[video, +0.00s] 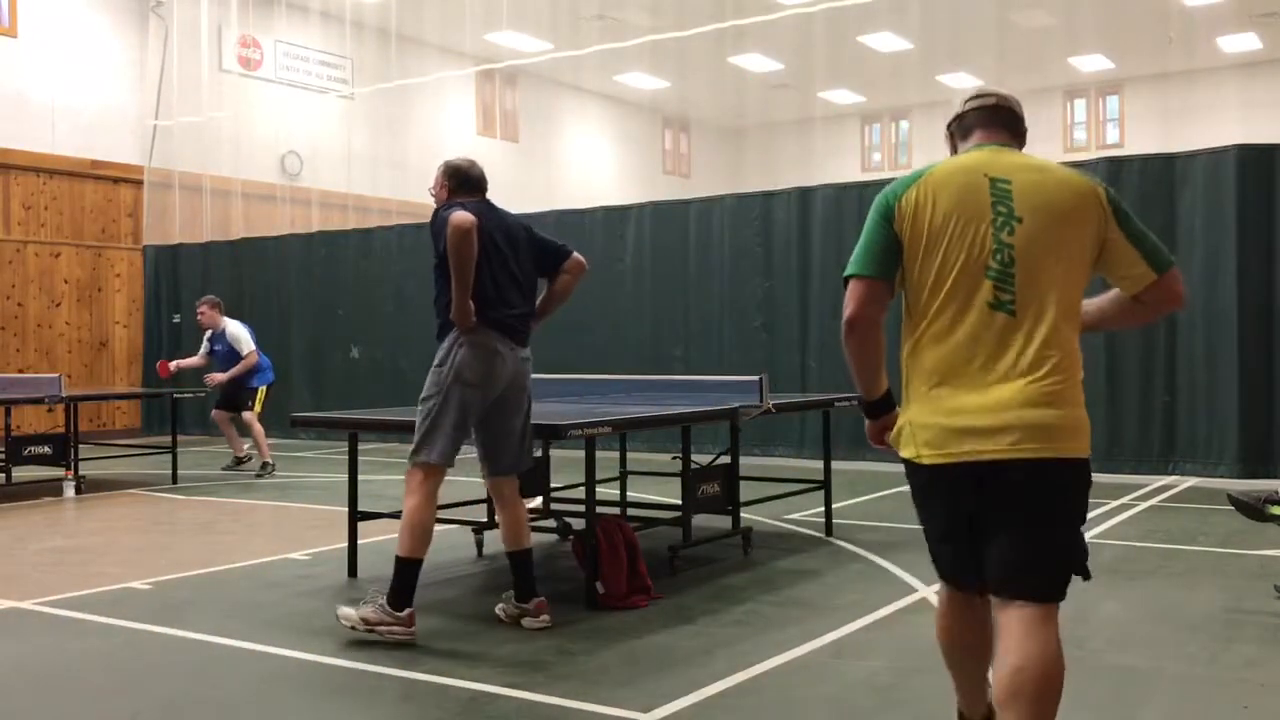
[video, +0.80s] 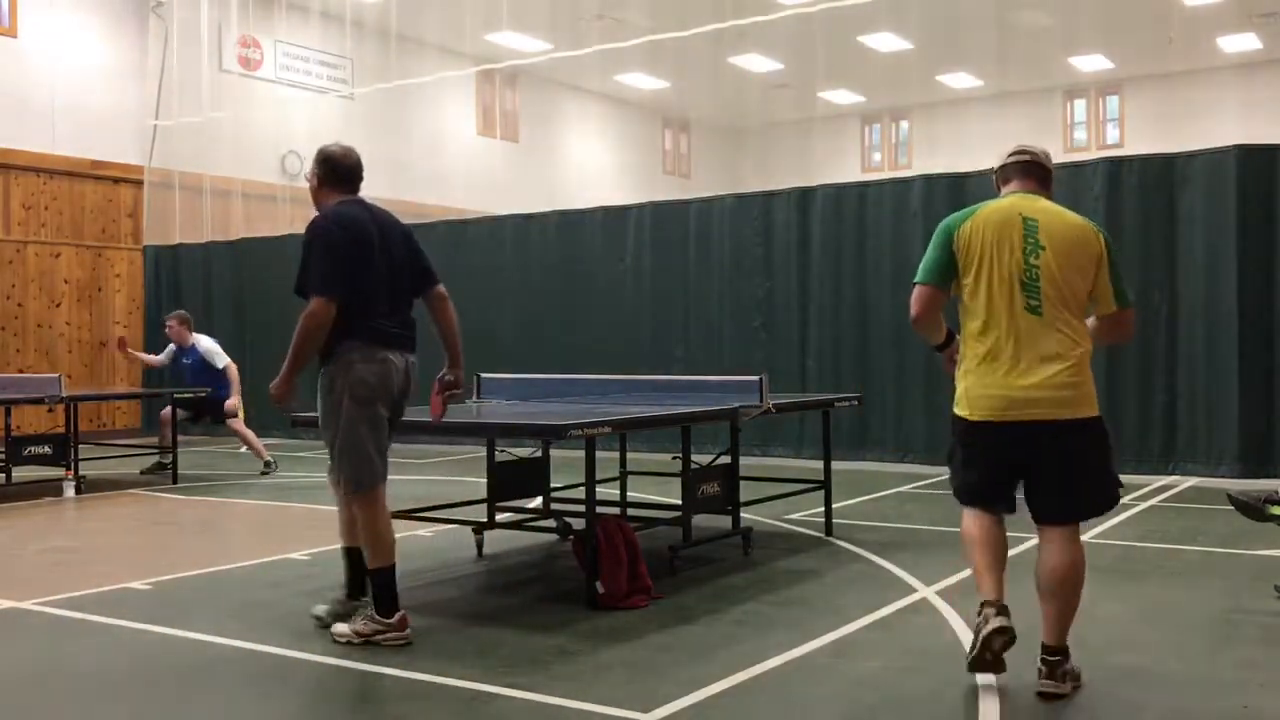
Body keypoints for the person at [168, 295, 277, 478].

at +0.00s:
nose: (198, 318)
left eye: (202, 313)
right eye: (198, 314)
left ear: (215, 312)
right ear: (209, 314)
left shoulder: (235, 329)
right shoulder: (210, 335)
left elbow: (252, 358)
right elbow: (202, 359)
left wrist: (224, 376)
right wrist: (178, 364)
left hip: (257, 376)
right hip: (235, 377)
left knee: (248, 416)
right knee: (219, 415)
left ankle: (267, 461)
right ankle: (240, 455)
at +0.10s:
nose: (196, 324)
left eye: (199, 319)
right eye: (195, 320)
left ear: (213, 316)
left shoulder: (235, 332)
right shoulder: (207, 338)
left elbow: (251, 361)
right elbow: (192, 360)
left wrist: (223, 376)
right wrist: (169, 363)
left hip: (255, 381)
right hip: (232, 381)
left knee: (247, 418)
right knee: (205, 413)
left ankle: (269, 461)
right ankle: (222, 450)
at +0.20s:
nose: (190, 332)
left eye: (192, 327)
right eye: (188, 328)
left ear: (205, 323)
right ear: (200, 325)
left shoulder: (228, 337)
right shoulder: (200, 341)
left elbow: (248, 364)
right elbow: (179, 355)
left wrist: (226, 381)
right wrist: (155, 360)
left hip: (250, 384)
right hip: (227, 385)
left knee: (243, 420)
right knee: (195, 416)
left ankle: (268, 462)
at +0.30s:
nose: (181, 338)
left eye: (184, 334)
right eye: (180, 335)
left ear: (197, 330)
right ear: (191, 332)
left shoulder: (219, 342)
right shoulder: (190, 343)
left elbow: (243, 367)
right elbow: (164, 349)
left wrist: (229, 386)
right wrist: (143, 357)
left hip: (242, 389)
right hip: (219, 389)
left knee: (239, 421)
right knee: (184, 418)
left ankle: (268, 462)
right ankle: (172, 459)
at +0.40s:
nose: (171, 342)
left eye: (174, 338)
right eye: (170, 338)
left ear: (186, 336)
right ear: (175, 337)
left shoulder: (207, 348)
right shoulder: (174, 344)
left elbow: (232, 371)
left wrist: (229, 390)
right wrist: (136, 362)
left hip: (226, 393)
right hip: (202, 394)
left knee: (235, 422)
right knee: (167, 419)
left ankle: (267, 461)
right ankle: (165, 461)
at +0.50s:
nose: (163, 344)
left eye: (166, 341)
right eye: (162, 341)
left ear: (179, 340)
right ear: (168, 341)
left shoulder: (199, 351)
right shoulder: (165, 349)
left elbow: (225, 374)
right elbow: (134, 350)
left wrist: (229, 393)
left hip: (216, 398)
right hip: (190, 400)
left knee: (230, 423)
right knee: (161, 418)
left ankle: (264, 461)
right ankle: (164, 461)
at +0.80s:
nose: (167, 332)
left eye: (170, 327)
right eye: (167, 328)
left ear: (183, 327)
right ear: (177, 328)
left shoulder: (205, 344)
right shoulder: (175, 348)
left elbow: (231, 368)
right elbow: (157, 362)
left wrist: (235, 397)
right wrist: (133, 354)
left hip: (218, 401)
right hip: (194, 401)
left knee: (235, 425)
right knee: (166, 415)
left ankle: (268, 461)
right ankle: (164, 461)